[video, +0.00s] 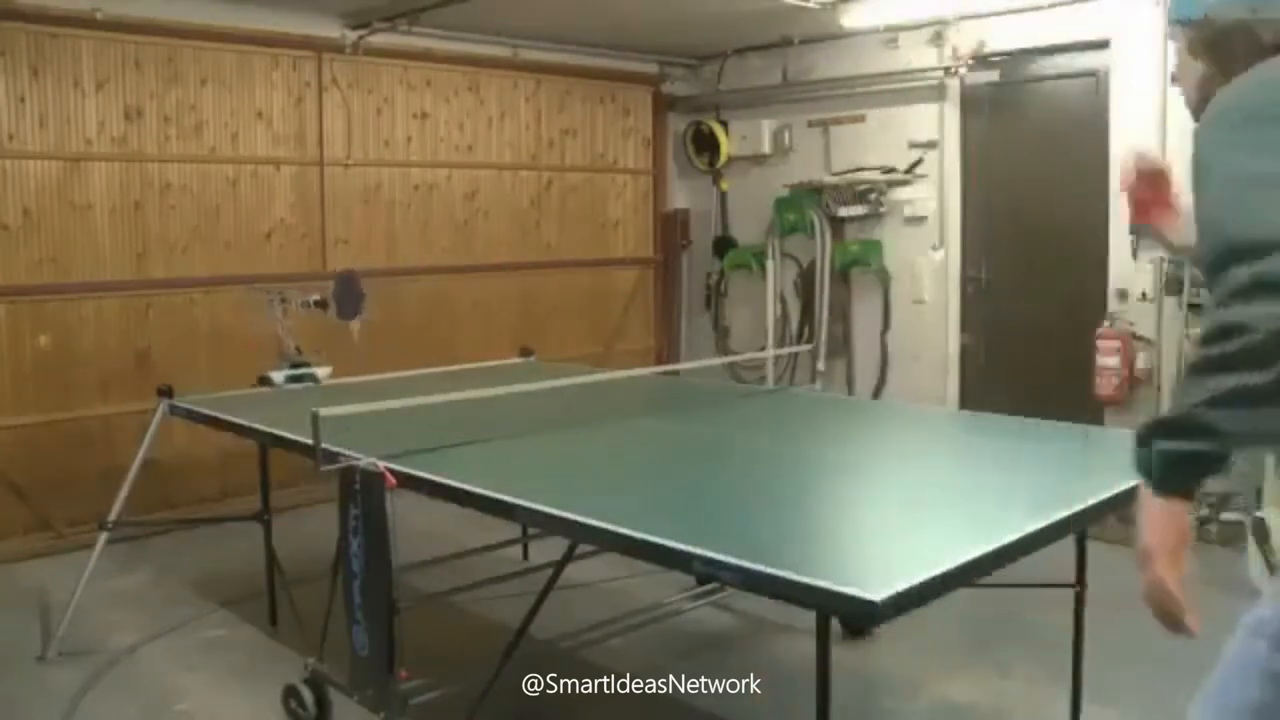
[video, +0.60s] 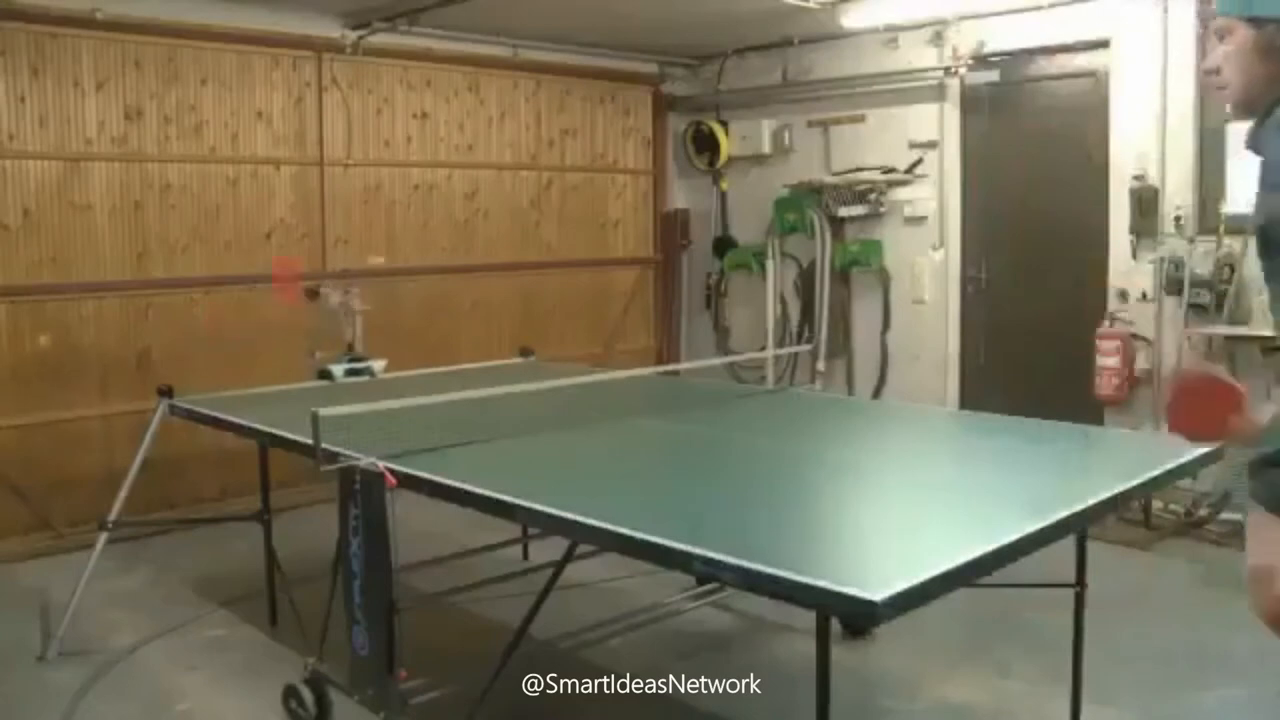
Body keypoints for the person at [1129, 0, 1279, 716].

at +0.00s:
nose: (1179, 81)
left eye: (1186, 58)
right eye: (1179, 60)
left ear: (1227, 49)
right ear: (1253, 46)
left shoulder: (1247, 110)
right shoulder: (1250, 115)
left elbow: (1257, 314)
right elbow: (1254, 300)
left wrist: (1173, 474)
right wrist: (1182, 229)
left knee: (1266, 620)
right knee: (1262, 615)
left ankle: (1223, 708)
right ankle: (1224, 708)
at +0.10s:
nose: (1152, 58)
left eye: (1163, 30)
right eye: (1155, 33)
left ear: (1213, 30)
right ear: (1230, 34)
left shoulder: (1246, 103)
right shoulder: (1241, 103)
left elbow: (1266, 320)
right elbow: (1249, 256)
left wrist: (1226, 501)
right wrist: (1134, 174)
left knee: (1262, 691)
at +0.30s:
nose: (1155, 47)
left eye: (1170, 18)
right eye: (1160, 21)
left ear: (1232, 25)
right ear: (1229, 31)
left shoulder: (1271, 145)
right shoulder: (1264, 145)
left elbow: (1243, 306)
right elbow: (1244, 305)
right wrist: (1108, 230)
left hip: (1275, 495)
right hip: (1270, 486)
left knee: (1274, 653)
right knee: (1271, 653)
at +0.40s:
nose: (1180, 47)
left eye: (1195, 17)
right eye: (1188, 21)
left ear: (1258, 14)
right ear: (1255, 16)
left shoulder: (1272, 162)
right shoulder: (1269, 162)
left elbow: (1267, 345)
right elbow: (1267, 344)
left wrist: (1142, 315)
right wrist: (1142, 315)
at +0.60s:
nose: (1208, 62)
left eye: (1223, 36)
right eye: (1209, 40)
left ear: (1273, 39)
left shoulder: (1270, 152)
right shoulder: (1264, 152)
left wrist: (1264, 415)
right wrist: (1263, 412)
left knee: (1268, 593)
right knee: (1268, 593)